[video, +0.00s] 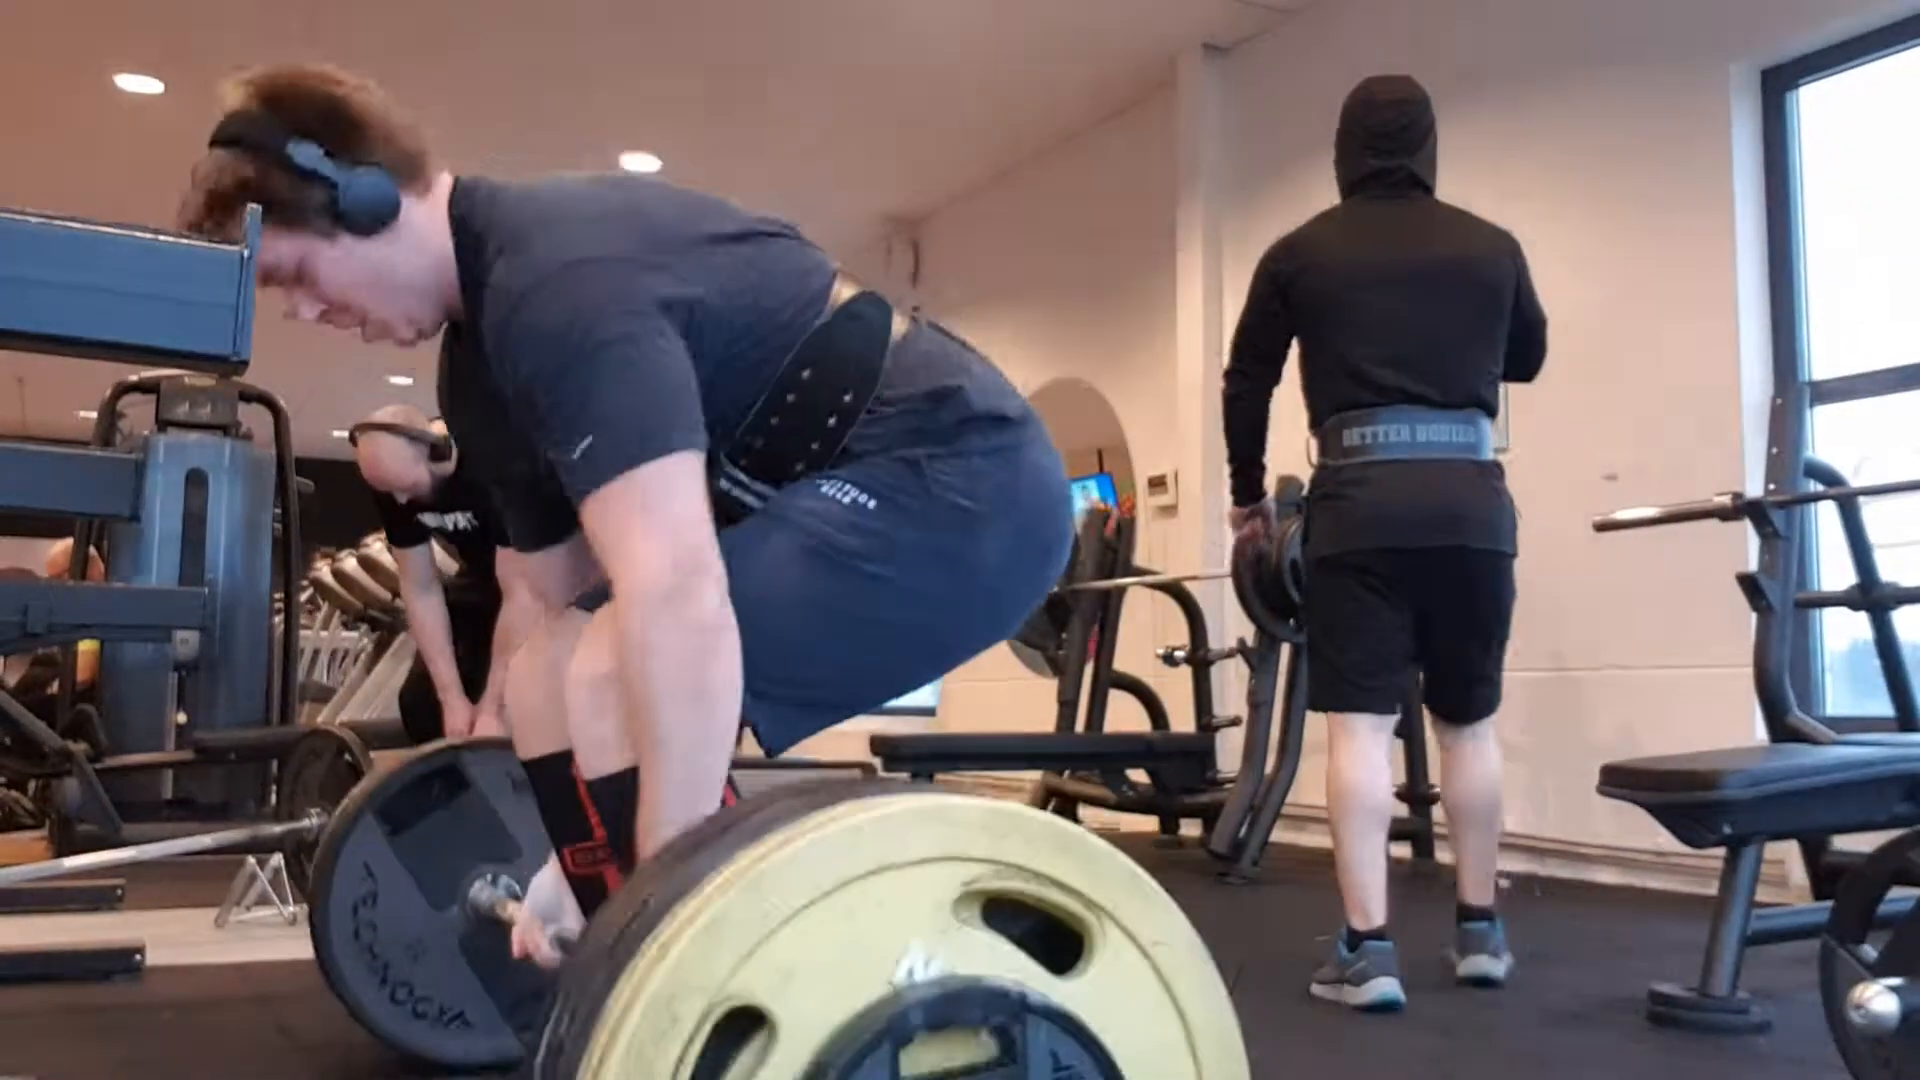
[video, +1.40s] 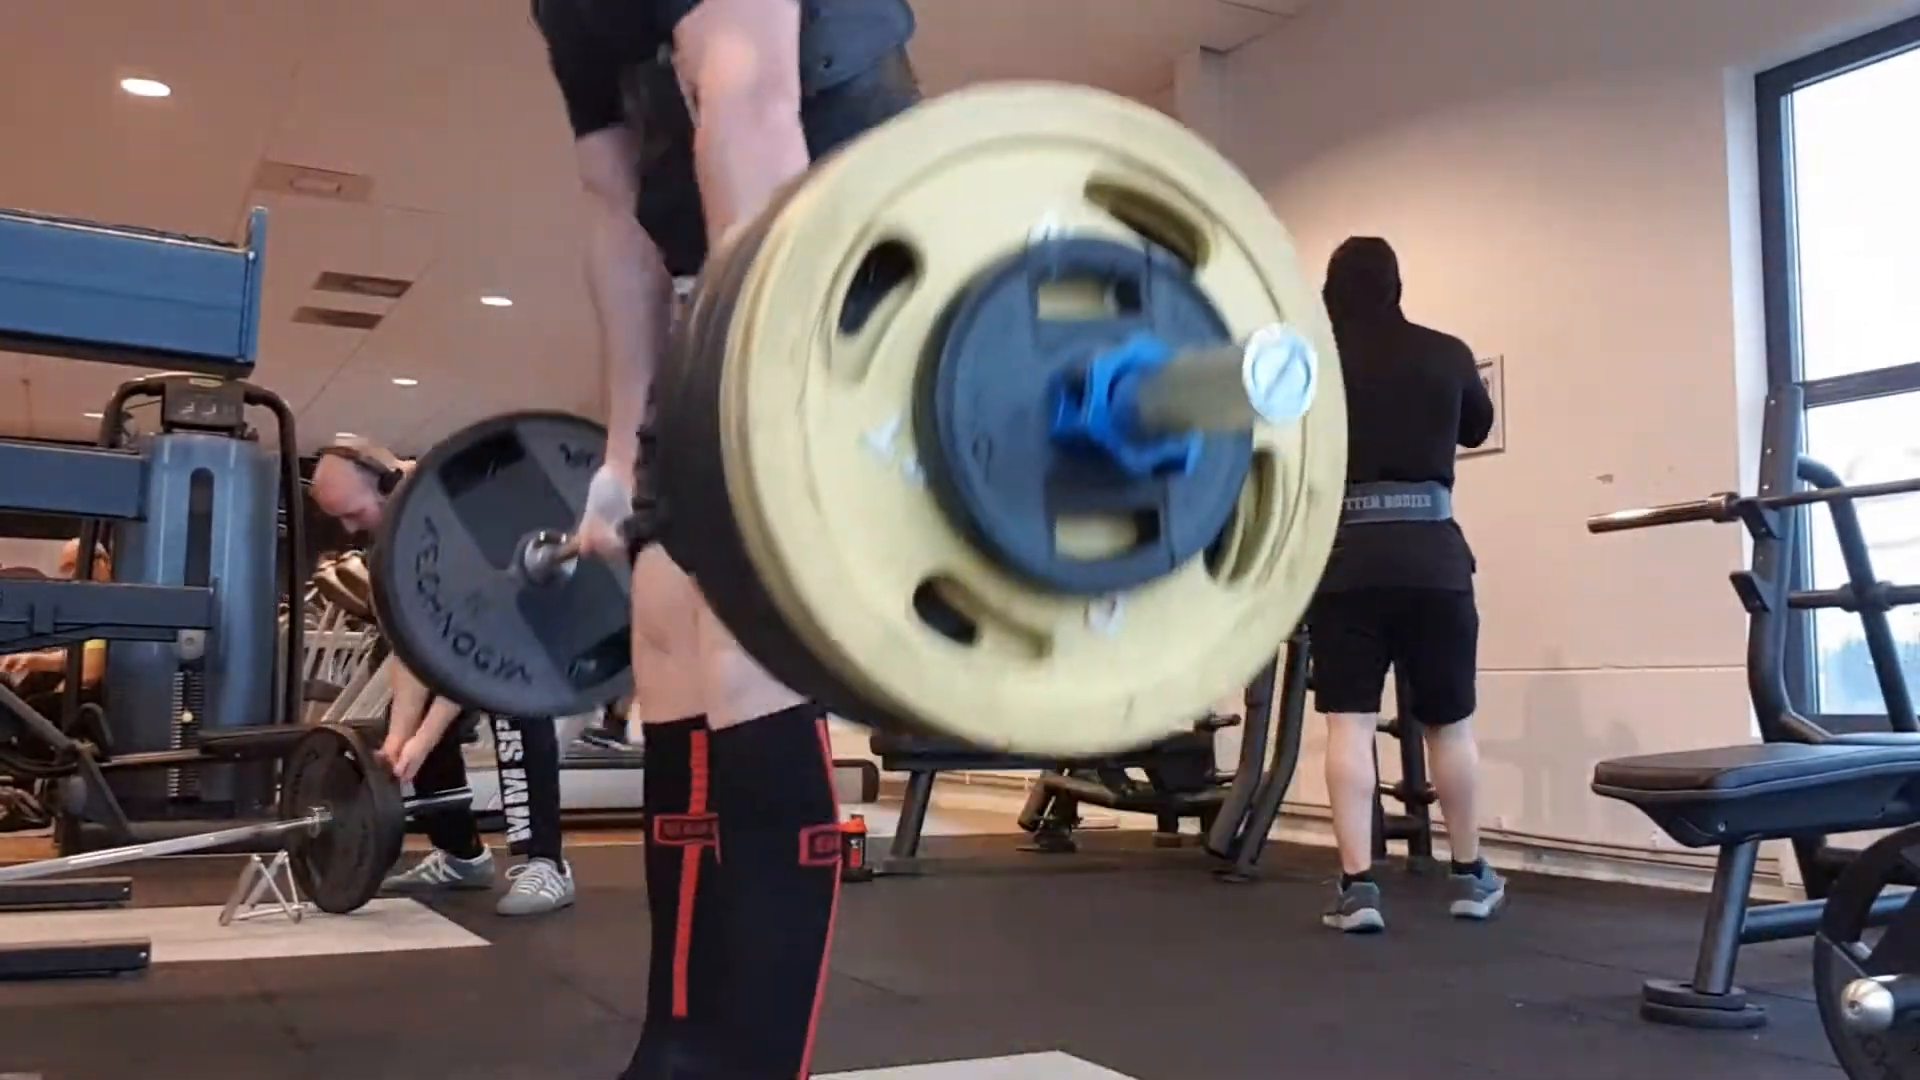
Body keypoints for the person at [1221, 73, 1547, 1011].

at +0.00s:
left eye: (1355, 143)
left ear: (1343, 154)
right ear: (1430, 151)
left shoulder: (1299, 254)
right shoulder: (1493, 246)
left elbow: (1247, 381)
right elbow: (1524, 360)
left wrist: (1248, 498)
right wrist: (1445, 338)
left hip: (1357, 509)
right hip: (1471, 509)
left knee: (1358, 724)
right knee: (1469, 721)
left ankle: (1367, 950)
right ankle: (1480, 930)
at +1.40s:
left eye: (1334, 282)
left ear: (1329, 290)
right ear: (1396, 288)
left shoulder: (1311, 355)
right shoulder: (1444, 352)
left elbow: (1290, 429)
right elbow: (1476, 429)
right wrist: (1415, 404)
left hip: (1344, 564)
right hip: (1433, 564)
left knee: (1347, 725)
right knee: (1449, 725)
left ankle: (1358, 889)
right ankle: (1468, 876)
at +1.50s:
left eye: (1339, 292)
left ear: (1340, 300)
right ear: (1406, 297)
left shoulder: (1320, 361)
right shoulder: (1454, 362)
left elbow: (1296, 447)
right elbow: (1483, 442)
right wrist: (1427, 408)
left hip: (1348, 567)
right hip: (1436, 568)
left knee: (1351, 725)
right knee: (1446, 730)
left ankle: (1359, 886)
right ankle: (1461, 879)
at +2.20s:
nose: (1349, 333)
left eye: (1350, 323)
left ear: (1354, 326)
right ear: (1413, 321)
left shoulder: (1336, 392)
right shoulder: (1463, 391)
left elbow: (1304, 484)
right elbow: (1463, 487)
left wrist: (1289, 554)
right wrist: (1418, 537)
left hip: (1376, 575)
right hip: (1453, 572)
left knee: (1372, 725)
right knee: (1452, 719)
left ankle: (1380, 869)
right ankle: (1460, 871)